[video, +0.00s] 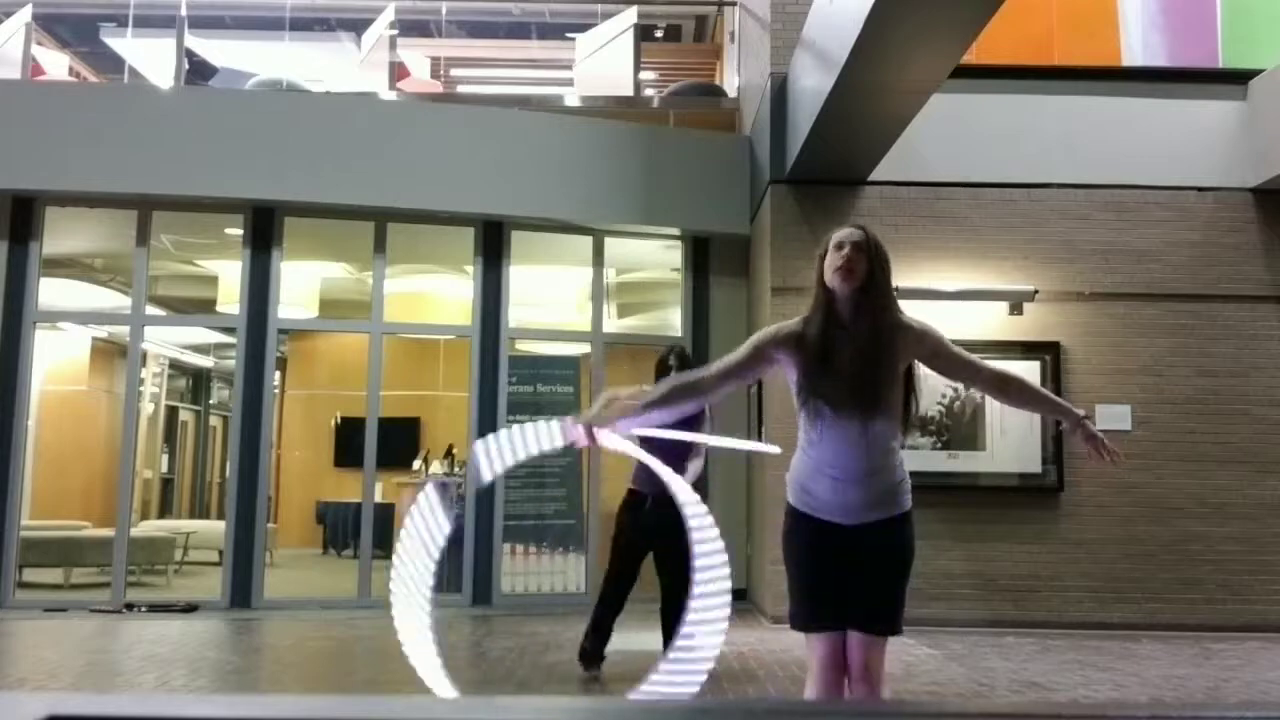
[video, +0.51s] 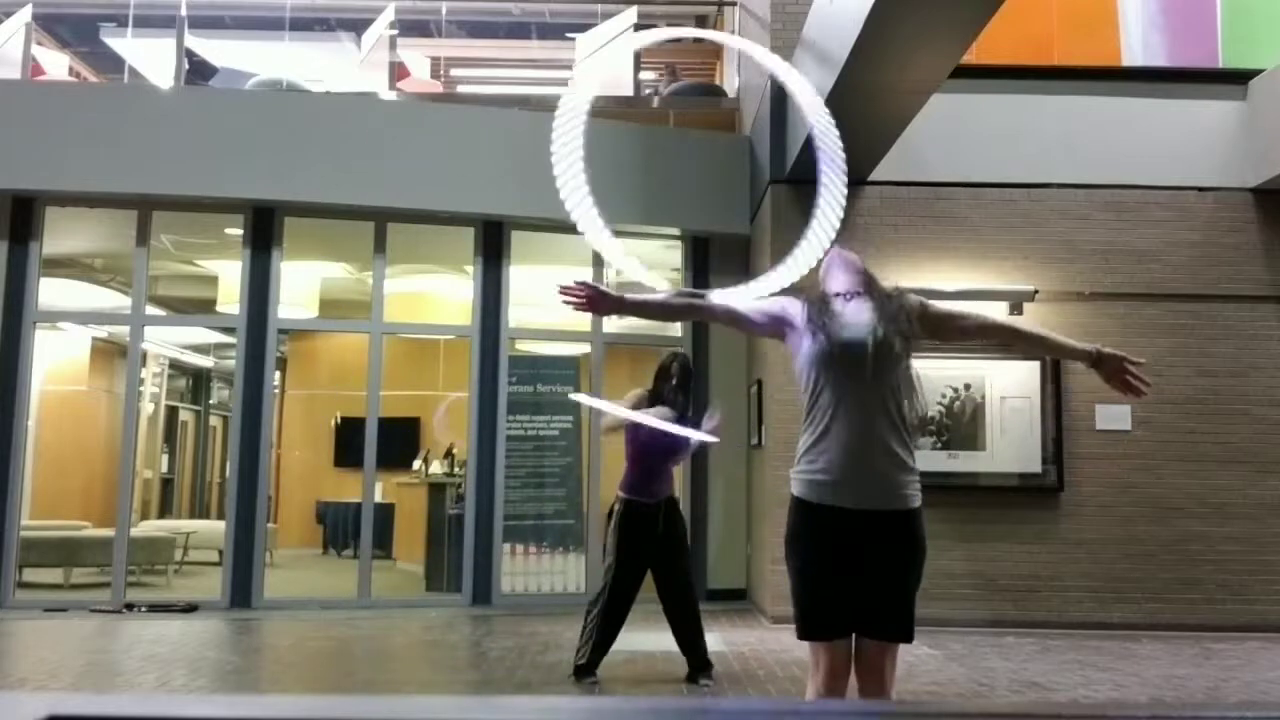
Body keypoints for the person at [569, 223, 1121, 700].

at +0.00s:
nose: (847, 256)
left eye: (859, 250)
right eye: (838, 249)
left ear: (876, 270)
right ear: (821, 267)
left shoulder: (902, 336)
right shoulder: (791, 341)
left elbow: (981, 377)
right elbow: (704, 381)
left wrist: (1069, 415)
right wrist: (621, 412)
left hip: (883, 515)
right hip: (814, 514)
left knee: (867, 667)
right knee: (828, 664)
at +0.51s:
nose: (841, 255)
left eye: (849, 250)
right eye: (830, 254)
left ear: (866, 271)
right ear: (815, 272)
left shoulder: (903, 312)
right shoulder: (795, 311)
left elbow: (999, 333)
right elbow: (705, 306)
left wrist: (1088, 355)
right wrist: (620, 303)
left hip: (893, 509)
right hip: (820, 506)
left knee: (877, 672)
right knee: (829, 668)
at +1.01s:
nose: (879, 292)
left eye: (880, 291)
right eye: (867, 287)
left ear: (872, 307)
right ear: (834, 292)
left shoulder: (903, 344)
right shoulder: (803, 331)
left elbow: (987, 368)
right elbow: (715, 313)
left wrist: (1064, 375)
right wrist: (628, 301)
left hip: (906, 515)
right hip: (832, 514)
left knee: (889, 675)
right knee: (844, 674)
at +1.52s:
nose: (891, 249)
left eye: (890, 242)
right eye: (877, 242)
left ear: (883, 263)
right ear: (845, 257)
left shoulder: (904, 322)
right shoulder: (808, 313)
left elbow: (987, 349)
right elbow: (713, 320)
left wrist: (1031, 320)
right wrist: (627, 328)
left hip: (896, 508)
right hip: (829, 507)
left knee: (882, 674)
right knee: (841, 673)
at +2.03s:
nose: (866, 241)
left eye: (870, 234)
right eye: (852, 234)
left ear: (877, 253)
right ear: (824, 253)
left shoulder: (905, 323)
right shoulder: (797, 318)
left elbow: (971, 393)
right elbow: (750, 375)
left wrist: (1033, 460)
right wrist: (739, 375)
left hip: (883, 508)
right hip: (816, 508)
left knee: (874, 666)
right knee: (830, 667)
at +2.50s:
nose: (856, 240)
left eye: (865, 233)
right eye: (845, 234)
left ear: (883, 248)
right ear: (831, 253)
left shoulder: (911, 322)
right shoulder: (806, 315)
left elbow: (925, 415)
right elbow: (793, 396)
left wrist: (929, 436)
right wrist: (843, 337)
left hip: (886, 504)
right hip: (816, 503)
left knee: (874, 665)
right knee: (830, 663)